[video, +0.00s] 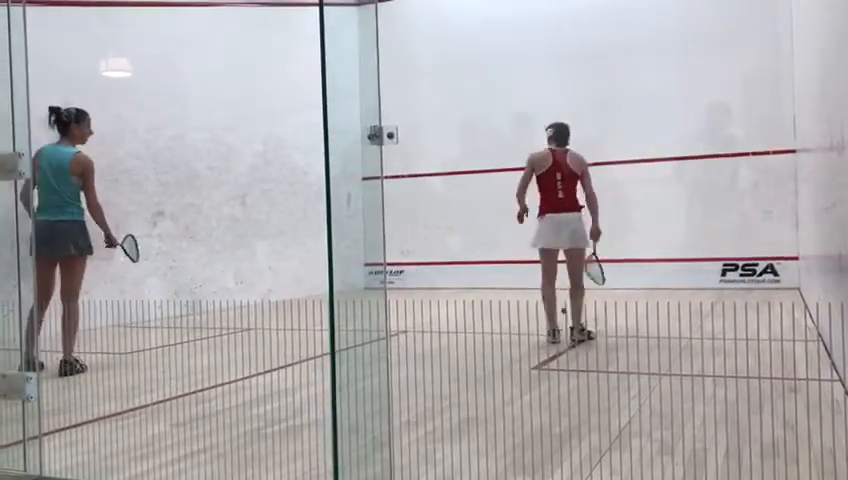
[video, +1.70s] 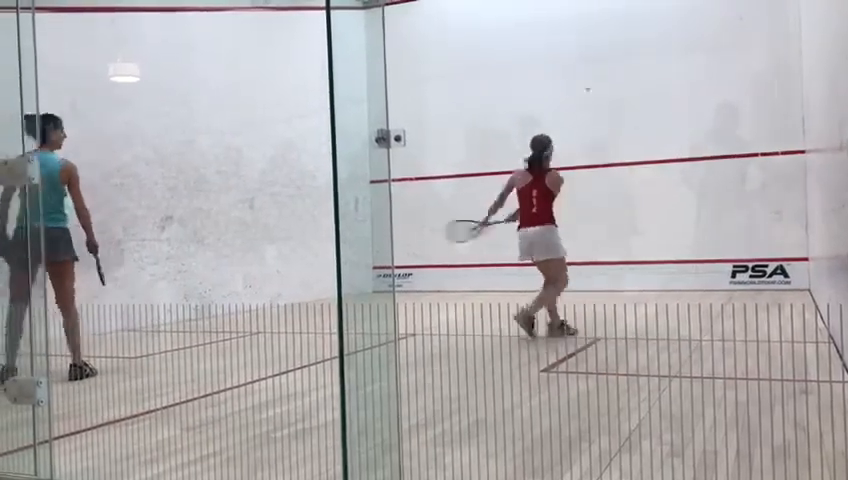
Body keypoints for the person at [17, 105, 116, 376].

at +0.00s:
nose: (91, 132)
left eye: (90, 127)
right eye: (87, 127)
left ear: (68, 128)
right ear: (73, 127)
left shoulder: (41, 154)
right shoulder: (83, 161)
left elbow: (24, 194)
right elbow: (92, 204)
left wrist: (34, 219)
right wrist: (108, 231)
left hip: (42, 230)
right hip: (72, 230)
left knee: (41, 298)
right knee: (70, 298)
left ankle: (29, 355)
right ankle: (68, 359)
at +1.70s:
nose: (64, 135)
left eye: (62, 130)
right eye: (60, 130)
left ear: (39, 135)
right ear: (49, 134)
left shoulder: (17, 164)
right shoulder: (64, 166)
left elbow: (4, 202)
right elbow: (80, 208)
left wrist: (3, 237)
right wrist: (91, 236)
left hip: (23, 238)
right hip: (56, 237)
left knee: (17, 302)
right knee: (67, 304)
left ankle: (9, 365)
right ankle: (77, 363)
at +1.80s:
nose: (53, 138)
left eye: (51, 133)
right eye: (50, 134)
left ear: (25, 136)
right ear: (44, 137)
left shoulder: (8, 165)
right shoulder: (54, 168)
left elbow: (2, 195)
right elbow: (69, 208)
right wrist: (76, 235)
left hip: (11, 238)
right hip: (43, 237)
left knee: (8, 307)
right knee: (58, 301)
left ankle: (8, 366)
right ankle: (75, 357)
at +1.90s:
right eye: (37, 138)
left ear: (12, 139)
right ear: (37, 139)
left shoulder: (3, 165)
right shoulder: (44, 169)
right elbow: (59, 209)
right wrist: (58, 227)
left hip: (6, 240)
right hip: (33, 239)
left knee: (4, 306)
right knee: (42, 295)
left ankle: (7, 363)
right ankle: (62, 343)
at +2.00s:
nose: (27, 144)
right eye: (29, 139)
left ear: (5, 140)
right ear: (29, 140)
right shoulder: (37, 170)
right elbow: (50, 211)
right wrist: (29, 217)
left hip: (5, 238)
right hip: (29, 238)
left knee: (2, 301)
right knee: (26, 295)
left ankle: (4, 361)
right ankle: (40, 352)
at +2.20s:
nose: (2, 162)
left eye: (1, 157)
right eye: (4, 157)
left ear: (3, 155)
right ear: (8, 155)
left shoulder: (12, 183)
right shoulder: (20, 183)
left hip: (13, 250)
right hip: (19, 250)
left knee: (7, 303)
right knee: (7, 304)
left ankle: (27, 356)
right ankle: (26, 355)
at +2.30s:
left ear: (6, 172)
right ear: (8, 173)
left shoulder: (7, 193)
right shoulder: (7, 193)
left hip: (8, 253)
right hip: (10, 252)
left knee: (6, 308)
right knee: (6, 308)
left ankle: (25, 357)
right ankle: (25, 356)